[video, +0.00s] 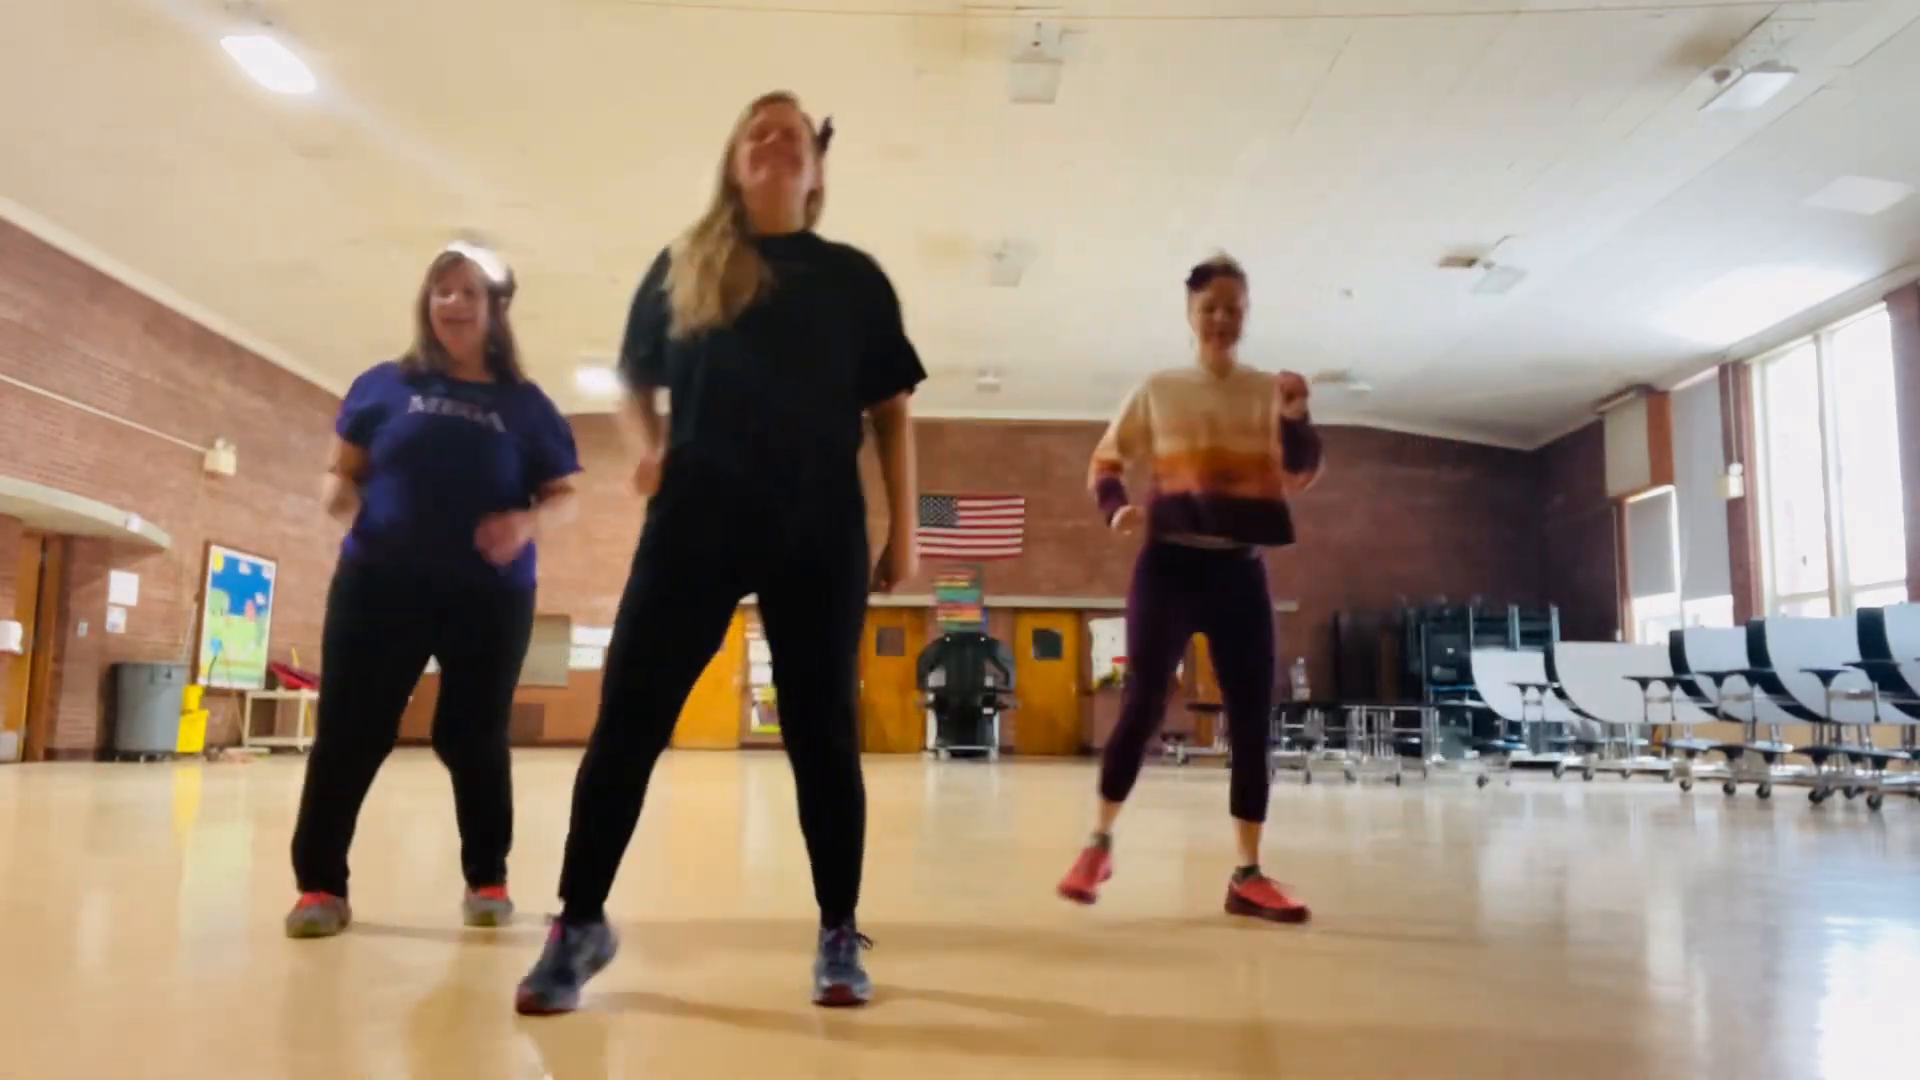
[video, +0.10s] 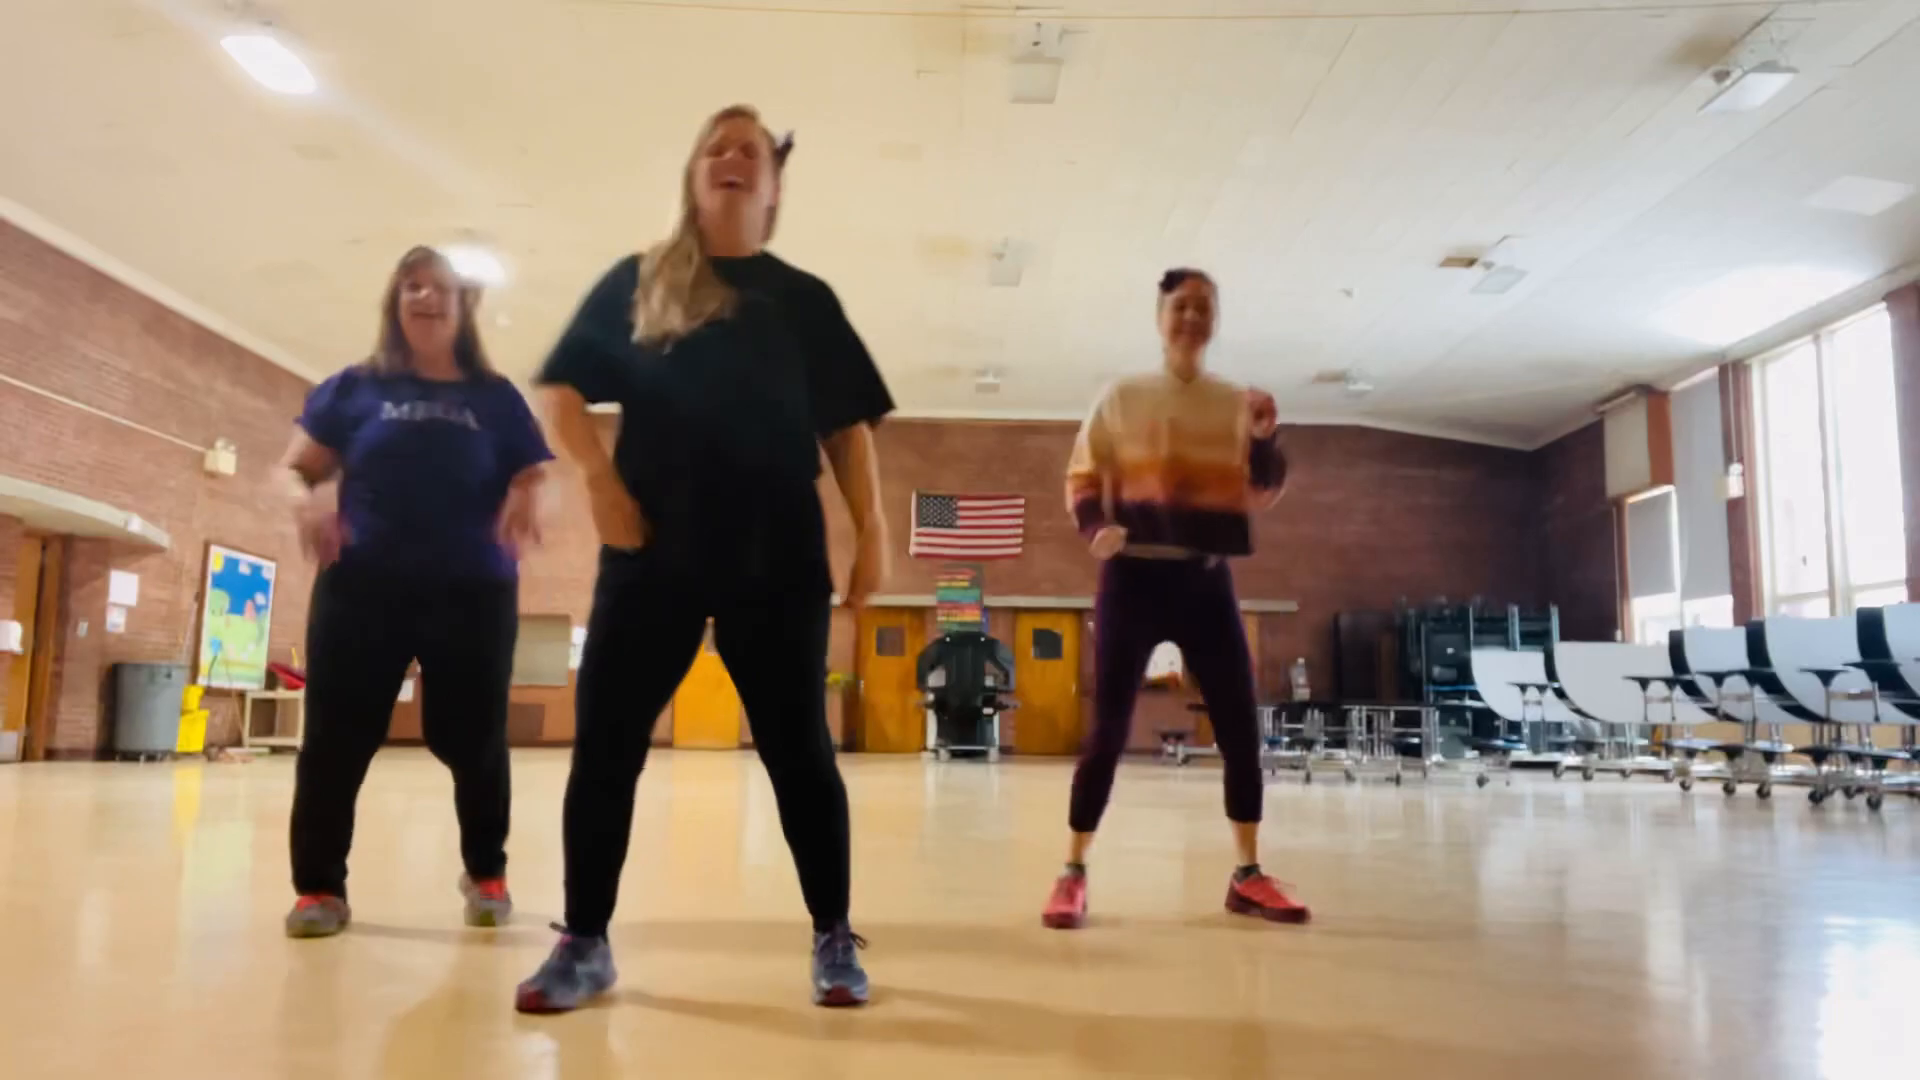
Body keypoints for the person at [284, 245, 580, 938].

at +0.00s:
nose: (452, 302)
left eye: (467, 292)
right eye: (442, 290)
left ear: (496, 306)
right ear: (425, 302)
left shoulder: (526, 404)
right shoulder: (382, 386)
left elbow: (563, 491)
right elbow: (345, 475)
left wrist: (526, 521)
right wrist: (346, 502)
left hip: (487, 596)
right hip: (383, 585)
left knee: (474, 737)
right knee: (349, 733)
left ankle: (487, 881)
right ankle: (321, 888)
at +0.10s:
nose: (426, 297)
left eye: (439, 288)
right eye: (414, 287)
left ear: (463, 303)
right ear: (395, 303)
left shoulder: (495, 397)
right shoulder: (353, 389)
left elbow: (531, 478)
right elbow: (294, 473)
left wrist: (524, 512)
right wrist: (307, 506)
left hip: (470, 592)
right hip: (365, 588)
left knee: (475, 741)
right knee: (335, 742)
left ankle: (487, 875)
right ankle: (319, 891)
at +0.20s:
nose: (402, 292)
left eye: (416, 282)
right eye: (390, 282)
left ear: (440, 299)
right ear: (372, 300)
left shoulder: (477, 390)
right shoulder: (337, 385)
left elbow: (539, 465)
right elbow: (265, 465)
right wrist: (280, 407)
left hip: (458, 585)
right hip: (349, 584)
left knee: (471, 726)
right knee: (326, 737)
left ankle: (483, 850)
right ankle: (318, 889)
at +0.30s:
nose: (392, 286)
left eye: (405, 276)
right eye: (379, 277)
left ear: (428, 293)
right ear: (359, 296)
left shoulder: (462, 380)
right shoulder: (326, 382)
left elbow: (528, 443)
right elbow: (252, 446)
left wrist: (531, 362)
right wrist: (258, 355)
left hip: (451, 580)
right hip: (344, 579)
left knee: (456, 714)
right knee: (325, 735)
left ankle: (458, 841)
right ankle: (318, 890)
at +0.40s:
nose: (383, 287)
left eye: (395, 277)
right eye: (368, 278)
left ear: (418, 293)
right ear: (349, 297)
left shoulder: (454, 375)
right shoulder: (323, 378)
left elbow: (487, 450)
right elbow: (279, 456)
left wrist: (482, 363)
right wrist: (283, 362)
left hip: (445, 579)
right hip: (341, 576)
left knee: (435, 734)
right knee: (325, 736)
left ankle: (426, 876)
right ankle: (318, 889)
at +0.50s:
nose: (380, 293)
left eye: (391, 282)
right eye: (363, 284)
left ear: (412, 300)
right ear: (339, 307)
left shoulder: (452, 376)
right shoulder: (316, 391)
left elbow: (465, 458)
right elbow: (307, 478)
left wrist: (387, 386)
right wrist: (357, 403)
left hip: (447, 587)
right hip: (340, 583)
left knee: (435, 743)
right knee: (324, 743)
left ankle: (419, 883)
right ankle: (318, 891)